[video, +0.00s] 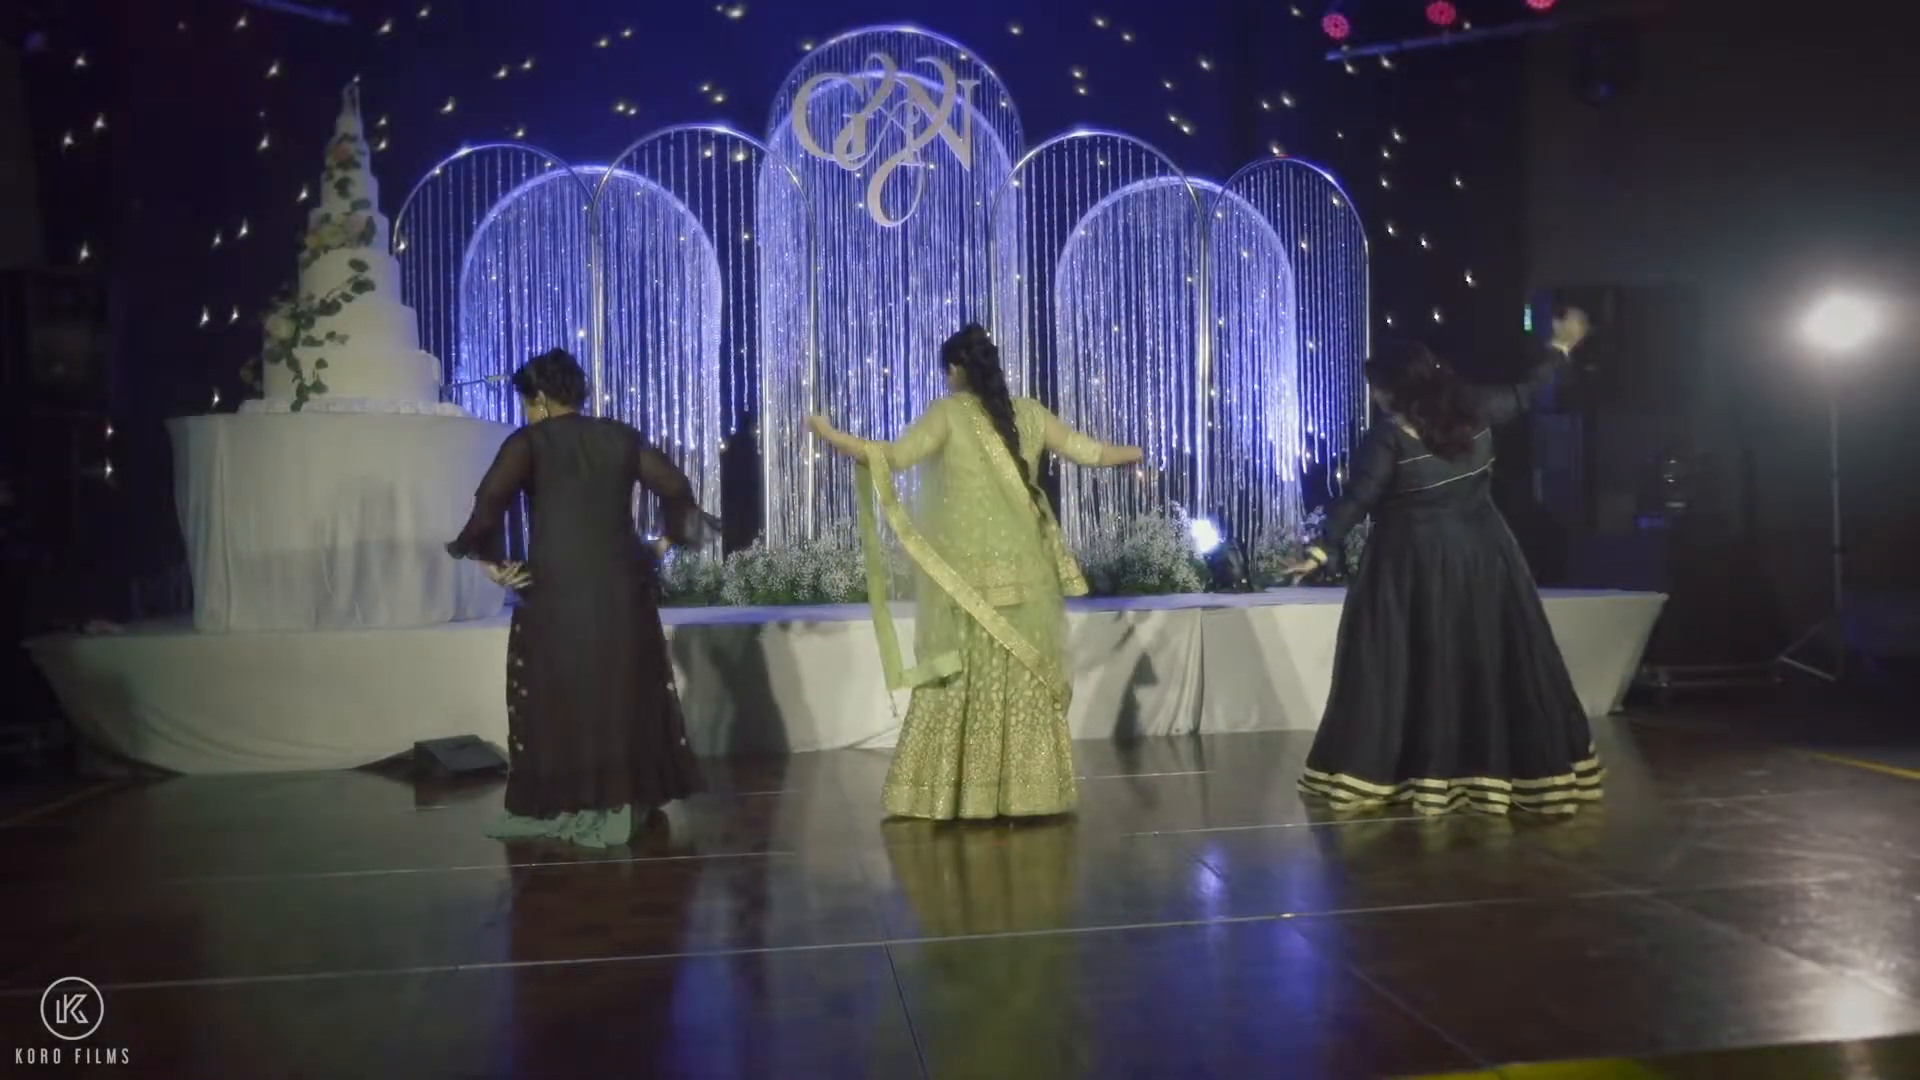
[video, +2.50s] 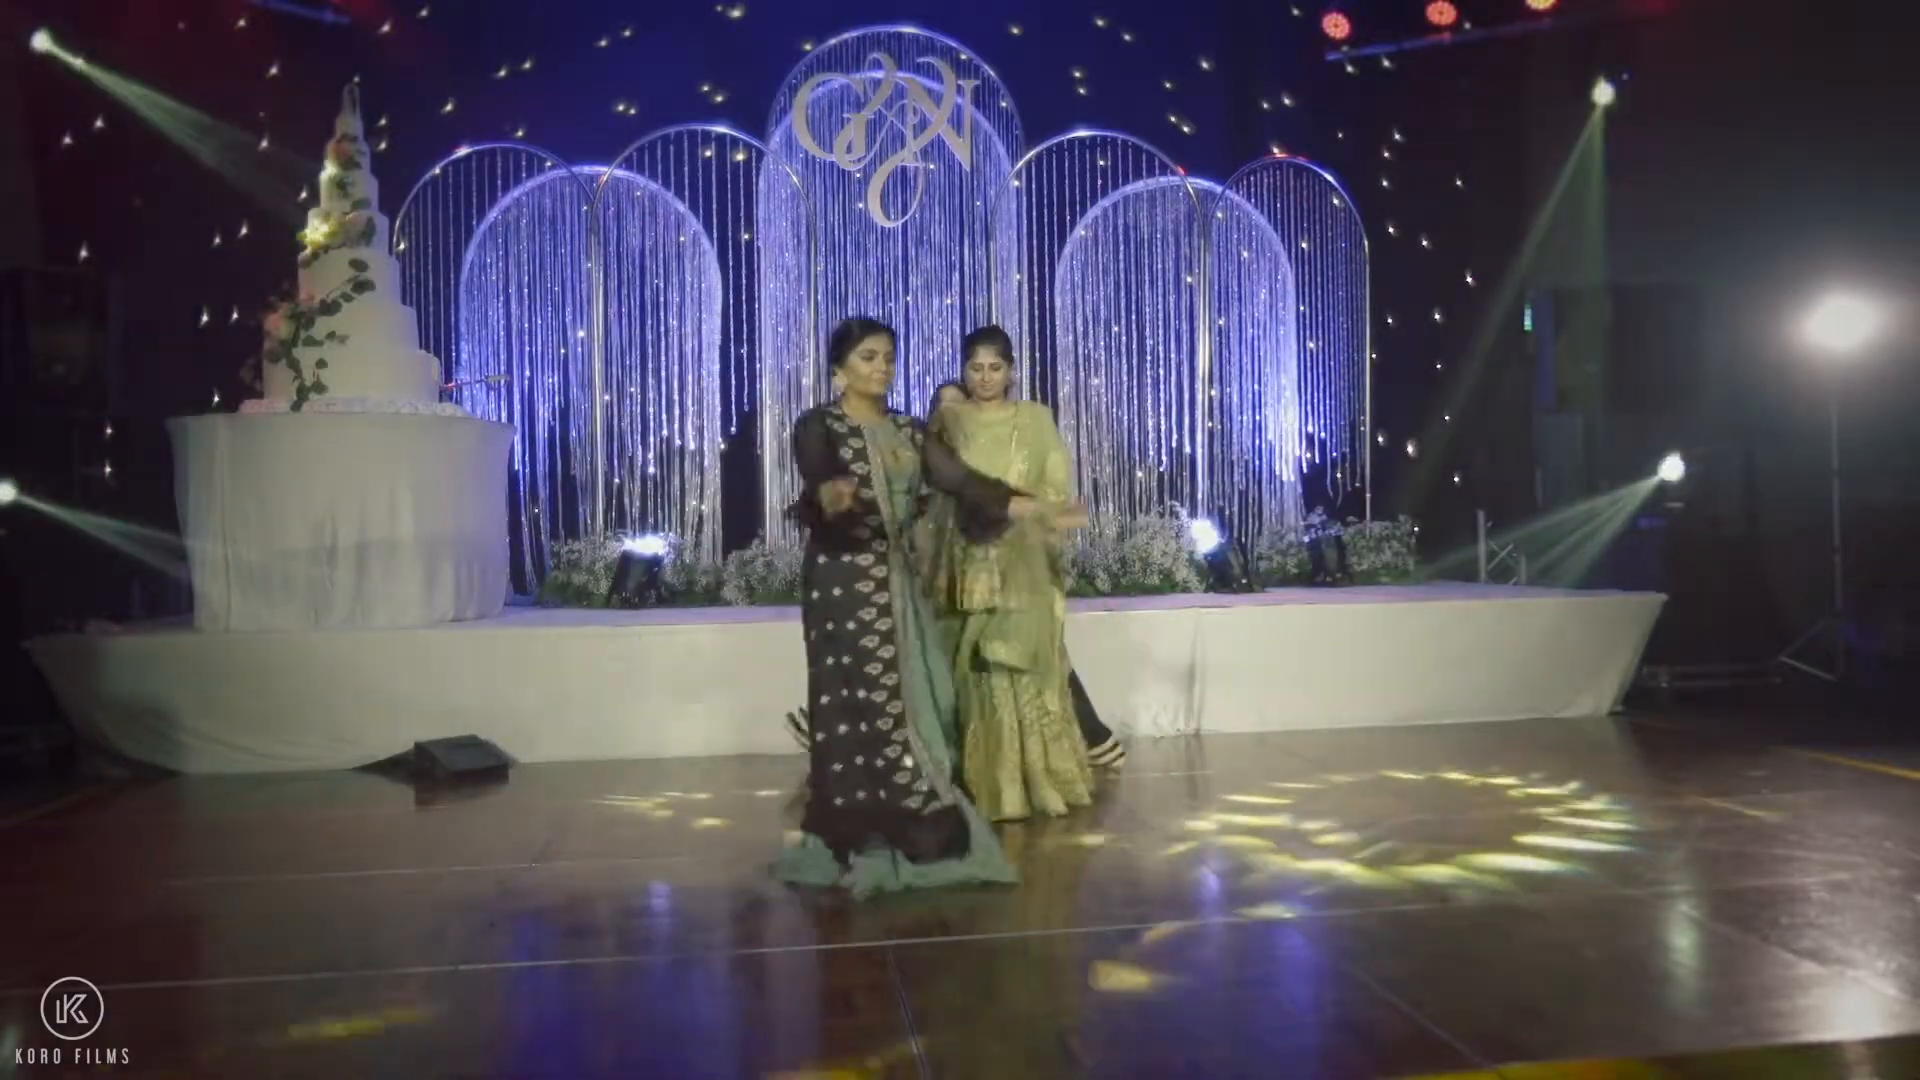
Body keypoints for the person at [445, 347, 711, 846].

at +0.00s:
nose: (525, 413)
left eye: (525, 403)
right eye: (525, 403)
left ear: (539, 399)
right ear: (577, 396)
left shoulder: (529, 441)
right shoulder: (621, 437)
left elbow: (490, 500)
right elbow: (677, 488)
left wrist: (489, 559)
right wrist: (671, 537)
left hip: (558, 593)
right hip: (622, 591)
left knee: (559, 697)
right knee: (622, 695)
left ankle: (569, 810)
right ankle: (629, 808)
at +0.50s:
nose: (516, 388)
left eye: (527, 379)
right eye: (507, 379)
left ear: (544, 387)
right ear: (495, 387)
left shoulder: (558, 432)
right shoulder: (494, 452)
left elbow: (600, 476)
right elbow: (500, 514)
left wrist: (576, 531)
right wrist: (504, 548)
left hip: (549, 577)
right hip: (507, 579)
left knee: (549, 683)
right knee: (498, 679)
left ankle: (549, 799)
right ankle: (493, 795)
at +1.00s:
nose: (555, 388)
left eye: (561, 379)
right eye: (544, 378)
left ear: (567, 385)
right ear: (518, 383)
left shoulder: (591, 433)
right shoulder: (487, 437)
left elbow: (659, 474)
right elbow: (429, 484)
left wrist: (629, 531)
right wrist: (470, 536)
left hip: (579, 581)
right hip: (518, 582)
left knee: (575, 692)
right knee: (506, 690)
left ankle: (567, 814)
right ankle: (501, 810)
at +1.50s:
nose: (622, 381)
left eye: (630, 373)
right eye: (610, 372)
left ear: (637, 378)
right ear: (585, 377)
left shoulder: (649, 438)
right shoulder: (553, 427)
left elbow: (699, 491)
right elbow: (482, 466)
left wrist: (672, 545)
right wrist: (526, 535)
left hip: (629, 592)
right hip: (565, 591)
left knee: (648, 693)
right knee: (563, 705)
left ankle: (611, 820)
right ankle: (547, 834)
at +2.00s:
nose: (747, 370)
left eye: (754, 361)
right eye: (735, 360)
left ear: (761, 369)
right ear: (708, 368)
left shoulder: (775, 430)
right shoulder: (684, 420)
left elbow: (813, 492)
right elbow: (636, 470)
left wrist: (790, 536)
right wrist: (686, 527)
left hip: (766, 579)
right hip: (709, 579)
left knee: (767, 692)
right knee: (713, 694)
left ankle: (765, 812)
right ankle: (710, 818)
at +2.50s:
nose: (880, 367)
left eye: (887, 358)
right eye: (868, 357)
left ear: (894, 366)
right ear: (841, 365)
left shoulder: (907, 433)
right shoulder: (818, 426)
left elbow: (957, 478)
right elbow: (813, 501)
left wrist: (1027, 505)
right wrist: (827, 501)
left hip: (898, 582)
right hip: (842, 582)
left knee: (912, 701)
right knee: (855, 706)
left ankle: (921, 834)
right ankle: (859, 840)